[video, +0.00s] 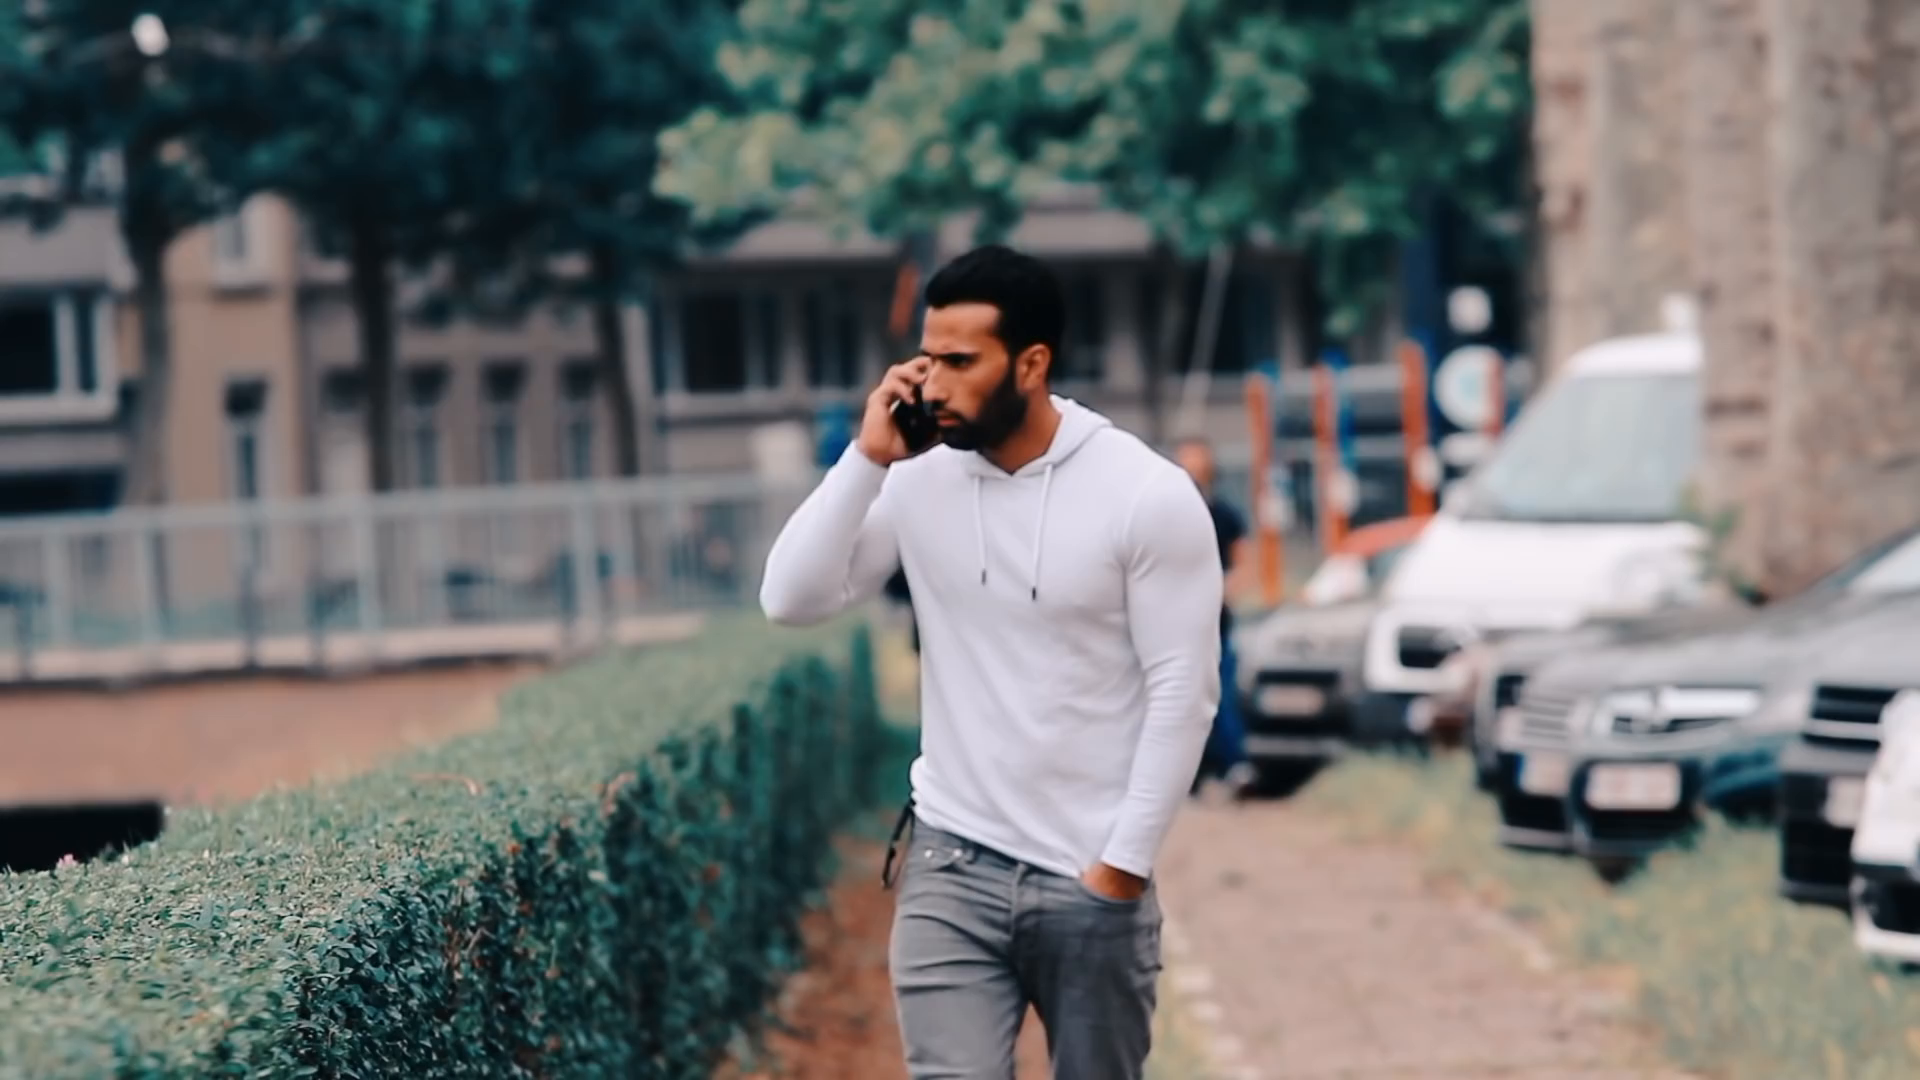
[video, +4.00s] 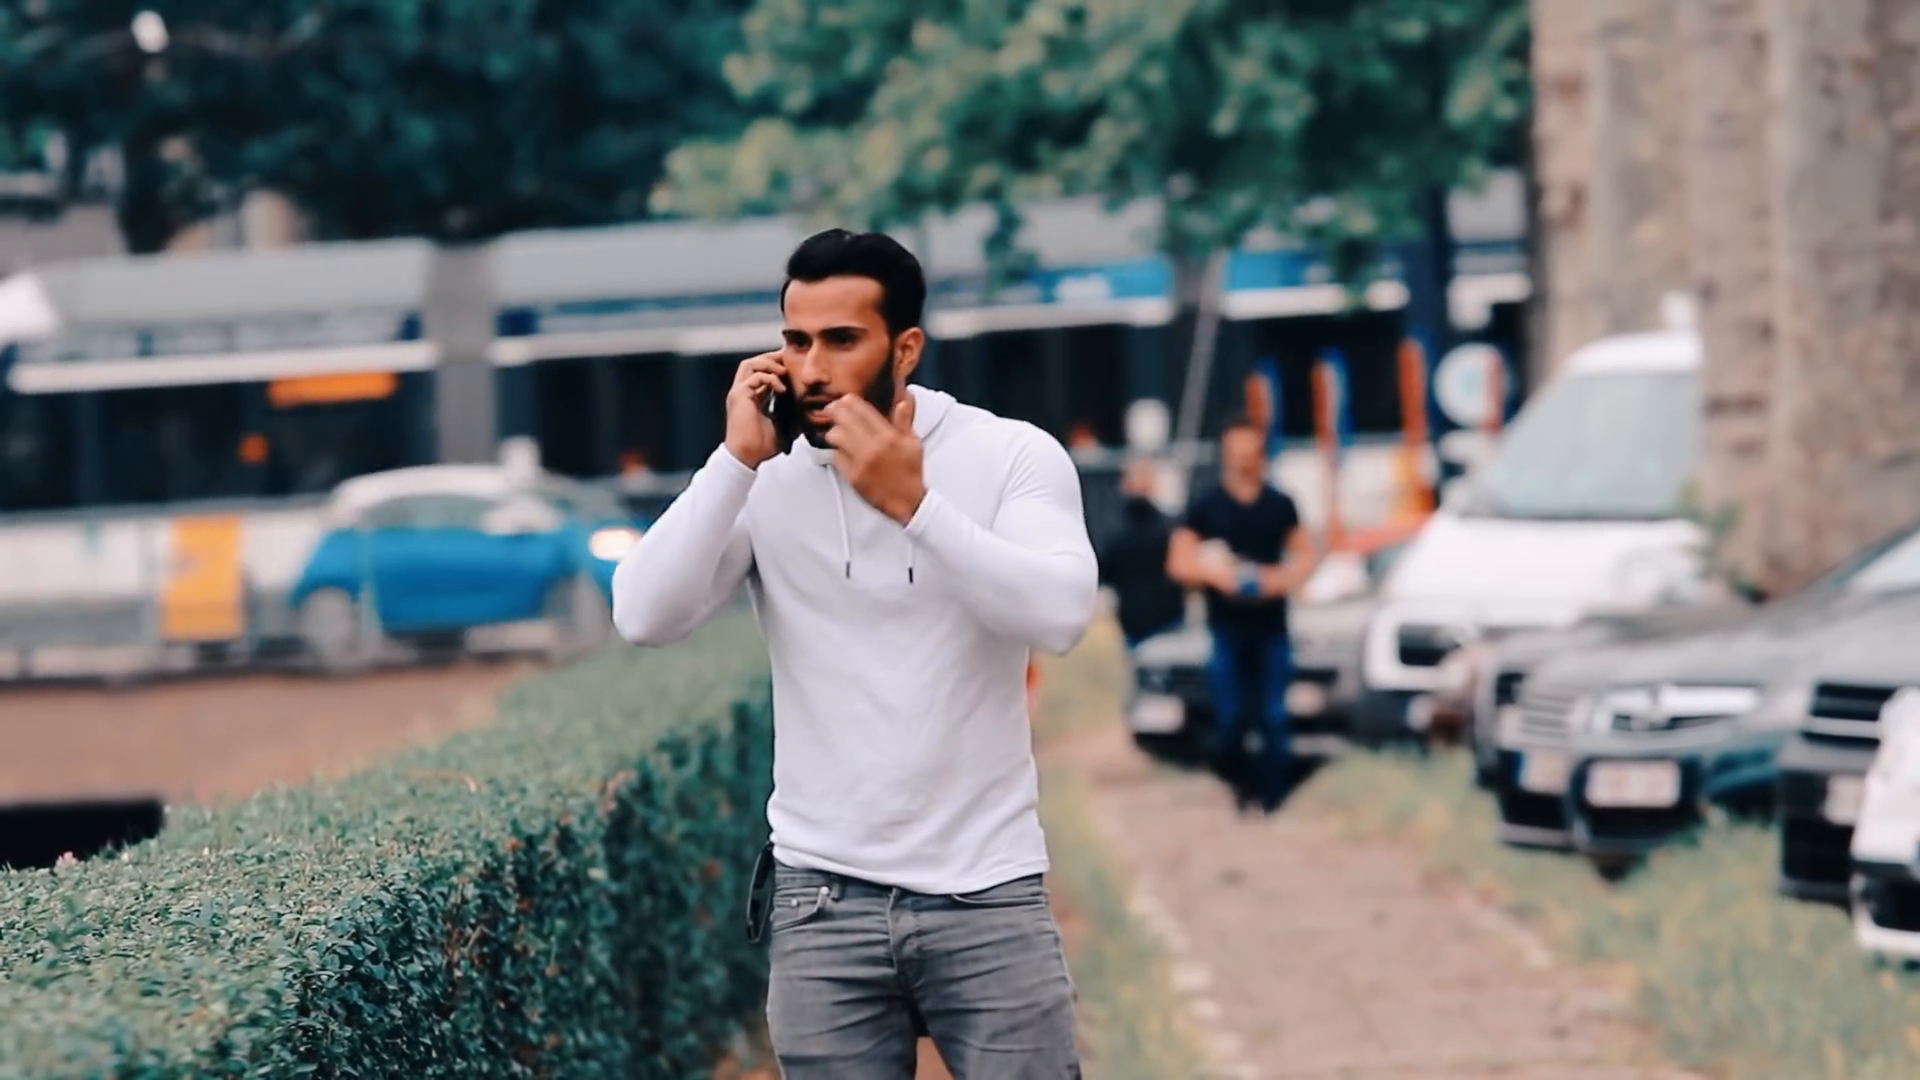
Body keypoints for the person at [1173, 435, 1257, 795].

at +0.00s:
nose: (1194, 474)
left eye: (1199, 467)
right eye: (1187, 467)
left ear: (1210, 468)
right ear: (1177, 468)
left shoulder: (1222, 513)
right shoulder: (1168, 509)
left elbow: (1237, 563)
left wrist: (1219, 590)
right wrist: (1170, 590)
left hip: (1214, 607)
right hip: (1176, 607)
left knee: (1221, 686)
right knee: (1185, 688)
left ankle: (1234, 760)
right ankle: (1189, 769)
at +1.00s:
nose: (1232, 470)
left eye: (1238, 463)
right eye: (1225, 463)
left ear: (1248, 466)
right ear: (1214, 466)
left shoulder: (1262, 516)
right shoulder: (1200, 514)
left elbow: (1281, 563)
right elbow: (1172, 564)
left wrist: (1263, 587)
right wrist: (1210, 581)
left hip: (1252, 616)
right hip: (1214, 617)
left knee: (1252, 695)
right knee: (1220, 698)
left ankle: (1264, 773)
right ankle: (1234, 777)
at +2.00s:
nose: (1231, 461)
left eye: (1237, 453)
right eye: (1224, 453)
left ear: (1248, 459)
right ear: (1214, 460)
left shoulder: (1264, 519)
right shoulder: (1199, 518)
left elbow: (1283, 572)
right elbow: (1169, 566)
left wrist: (1257, 590)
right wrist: (1208, 584)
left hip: (1251, 630)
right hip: (1212, 630)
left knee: (1247, 707)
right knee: (1211, 709)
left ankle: (1250, 790)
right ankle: (1230, 783)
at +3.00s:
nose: (1233, 461)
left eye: (1239, 453)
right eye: (1226, 453)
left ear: (1247, 458)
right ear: (1214, 457)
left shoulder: (1263, 510)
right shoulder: (1199, 508)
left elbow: (1287, 563)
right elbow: (1172, 559)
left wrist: (1262, 585)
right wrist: (1209, 579)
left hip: (1254, 626)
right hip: (1213, 626)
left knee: (1252, 707)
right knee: (1212, 707)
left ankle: (1253, 786)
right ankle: (1226, 783)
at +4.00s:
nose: (1245, 460)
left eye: (1252, 452)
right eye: (1237, 452)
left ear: (1262, 454)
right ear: (1225, 454)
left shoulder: (1279, 505)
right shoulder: (1207, 505)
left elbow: (1306, 555)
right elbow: (1179, 563)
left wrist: (1278, 580)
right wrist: (1220, 575)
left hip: (1270, 624)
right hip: (1227, 626)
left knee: (1273, 713)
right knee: (1230, 713)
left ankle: (1272, 790)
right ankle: (1240, 784)